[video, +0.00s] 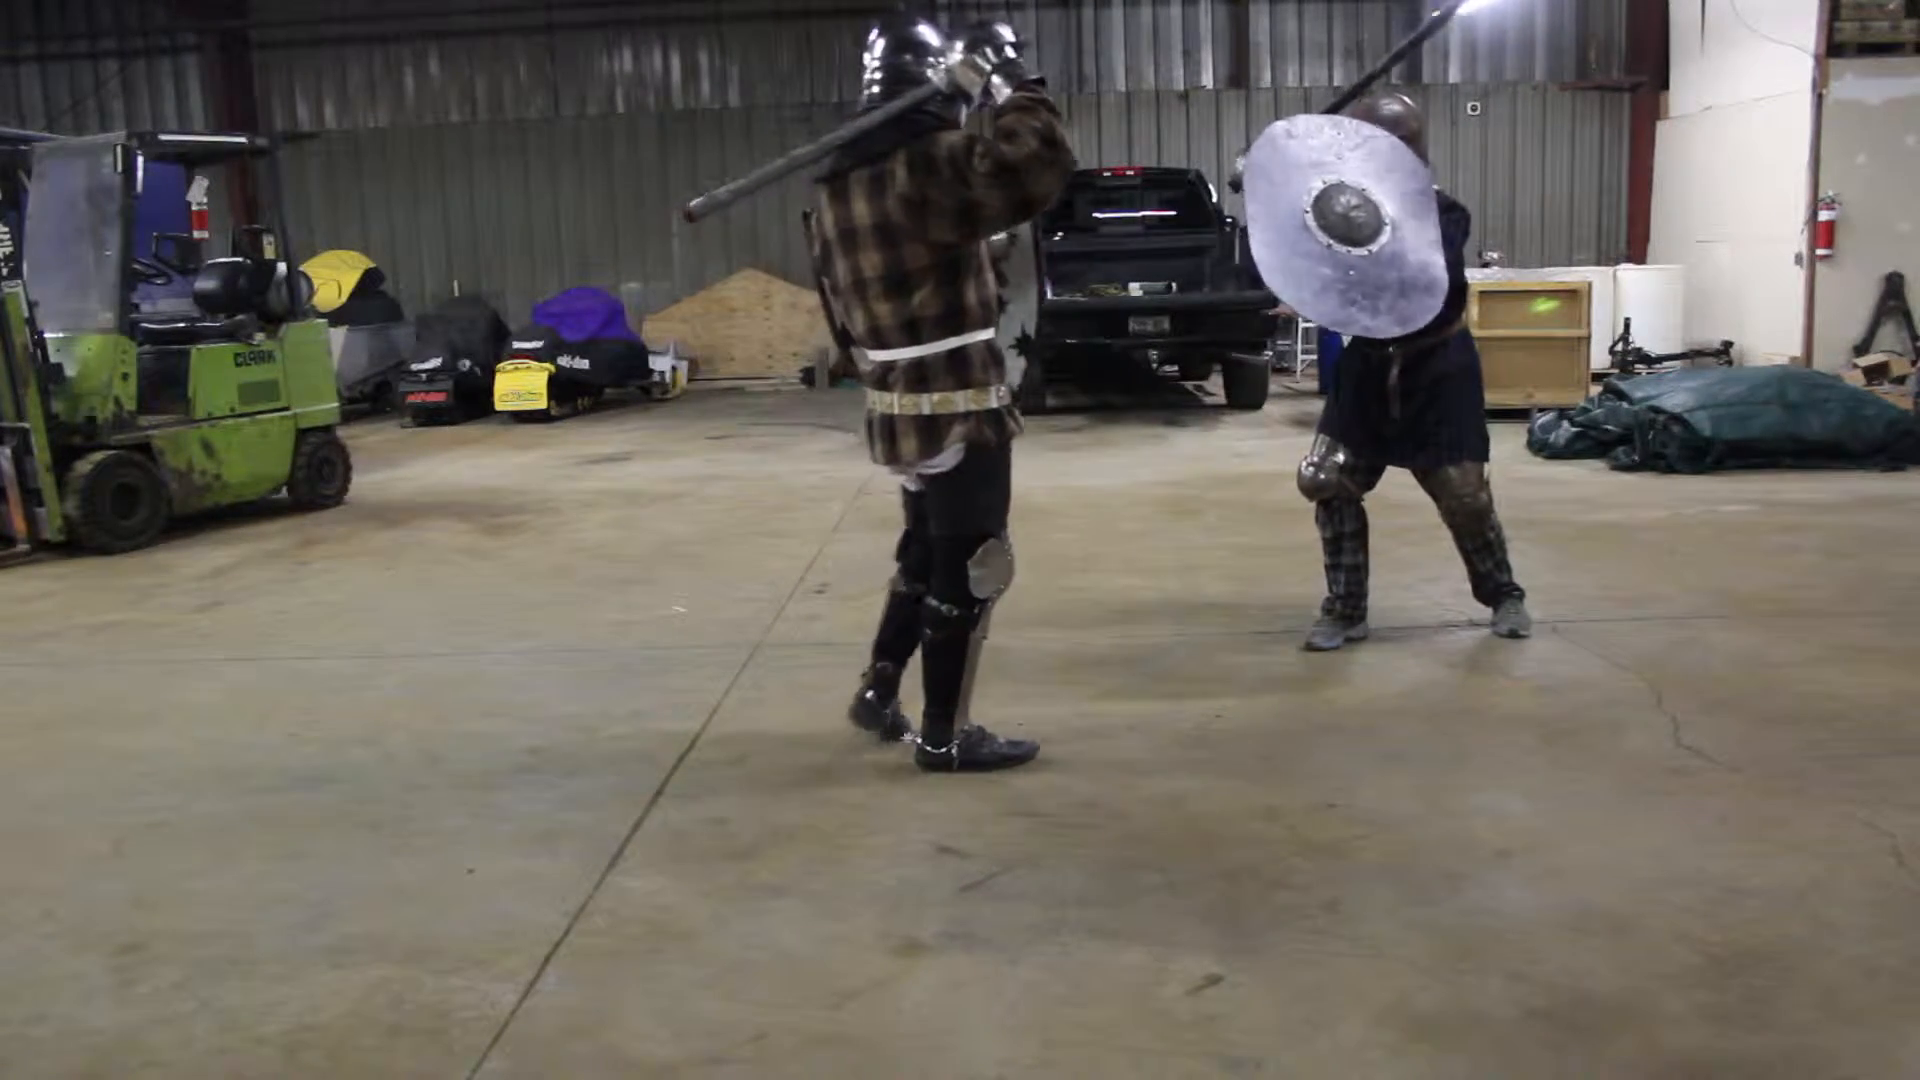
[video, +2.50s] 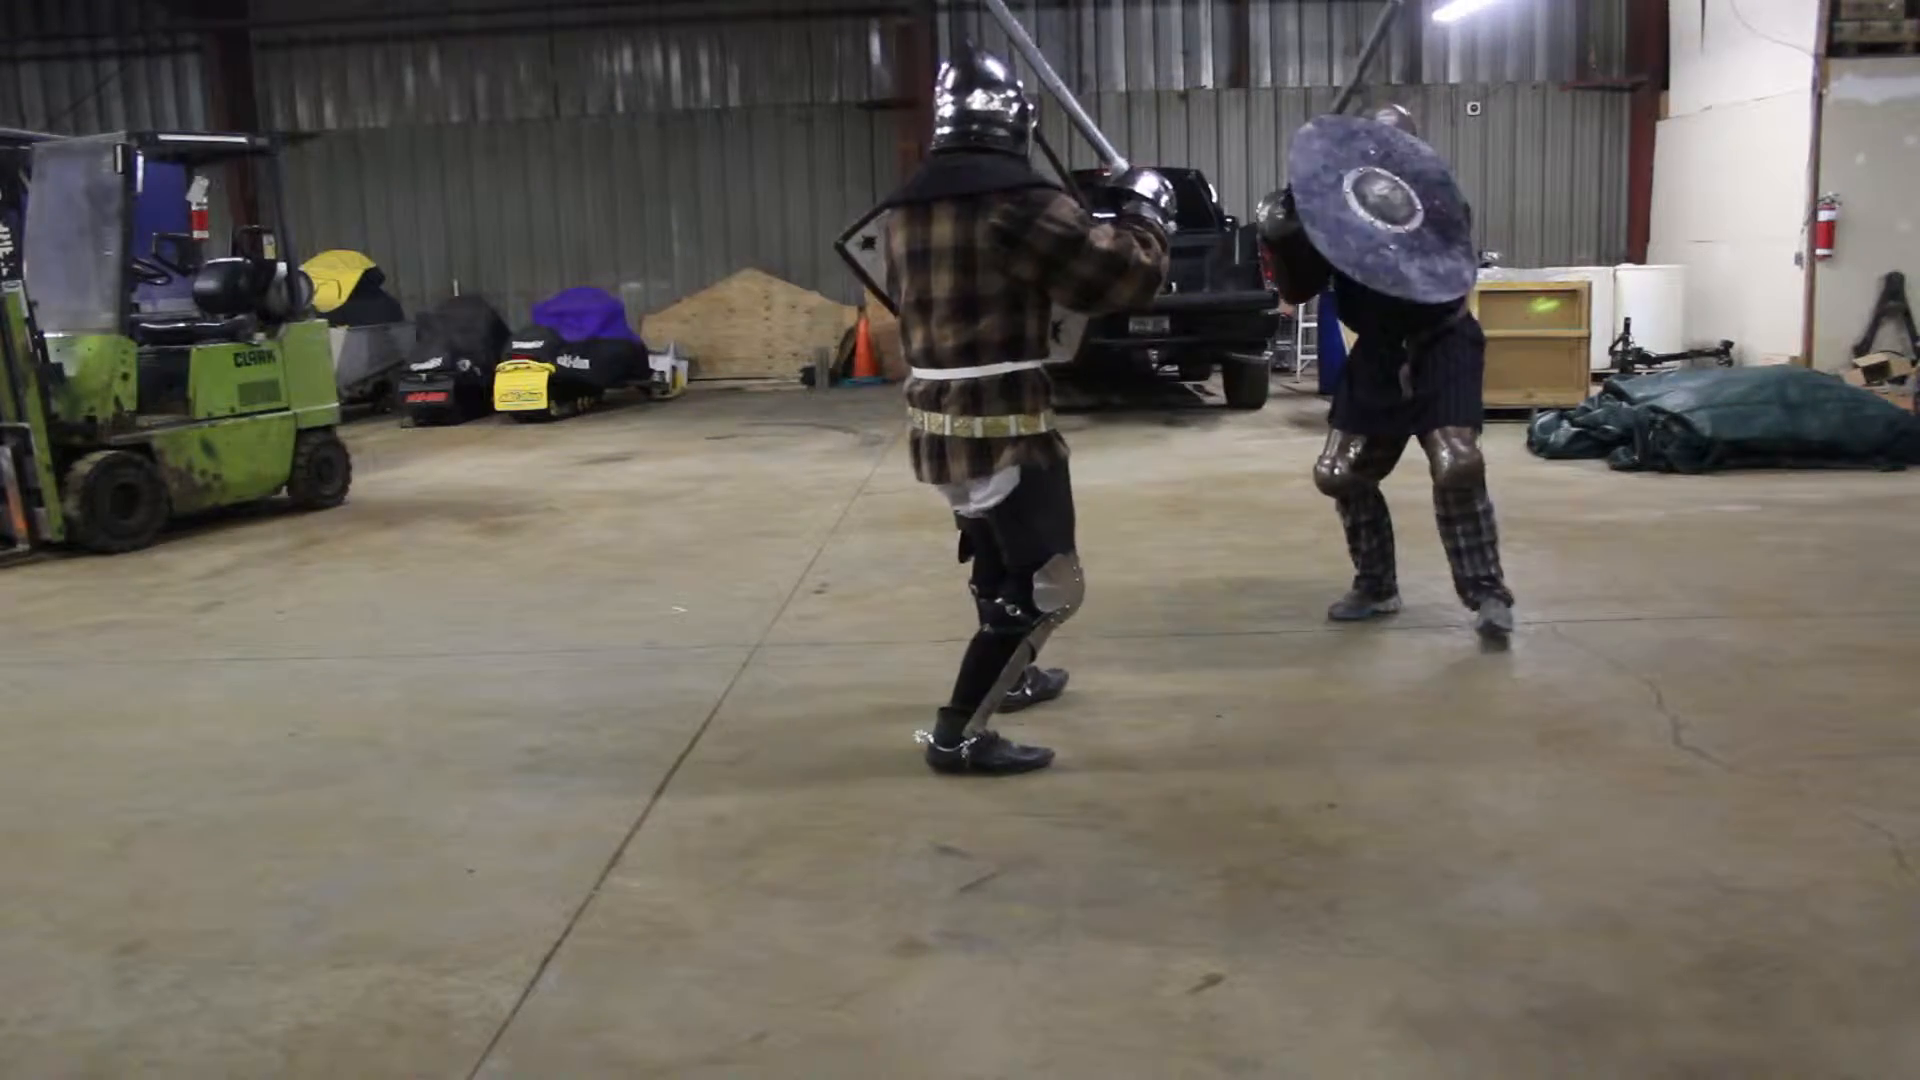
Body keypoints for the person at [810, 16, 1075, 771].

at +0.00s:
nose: (954, 101)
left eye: (952, 86)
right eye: (949, 85)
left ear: (870, 86)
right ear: (929, 86)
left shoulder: (835, 181)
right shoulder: (931, 163)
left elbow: (837, 304)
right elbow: (1035, 157)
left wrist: (868, 366)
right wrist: (1014, 84)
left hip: (901, 407)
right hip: (963, 408)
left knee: (925, 549)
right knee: (967, 568)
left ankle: (878, 691)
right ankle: (946, 732)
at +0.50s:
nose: (975, 97)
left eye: (970, 85)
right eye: (969, 84)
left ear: (886, 92)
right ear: (957, 86)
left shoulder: (863, 193)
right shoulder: (968, 169)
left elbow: (873, 297)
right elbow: (1074, 173)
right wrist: (1076, 78)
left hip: (927, 408)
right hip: (991, 408)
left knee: (965, 554)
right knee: (984, 573)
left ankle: (987, 688)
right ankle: (946, 732)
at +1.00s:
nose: (998, 105)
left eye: (990, 92)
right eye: (990, 92)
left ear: (909, 102)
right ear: (980, 96)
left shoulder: (886, 191)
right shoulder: (994, 181)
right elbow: (1108, 238)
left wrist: (1081, 184)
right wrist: (1135, 175)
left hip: (931, 412)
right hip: (997, 415)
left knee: (988, 545)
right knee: (1006, 575)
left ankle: (987, 676)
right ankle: (948, 731)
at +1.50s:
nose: (1023, 123)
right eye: (1019, 111)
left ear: (942, 115)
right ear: (1014, 114)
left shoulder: (918, 196)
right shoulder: (1014, 198)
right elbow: (1127, 262)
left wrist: (1100, 202)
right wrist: (1155, 201)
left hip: (935, 419)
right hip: (995, 423)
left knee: (999, 549)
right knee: (1057, 573)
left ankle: (1009, 671)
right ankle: (955, 718)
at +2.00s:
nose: (1023, 128)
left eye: (1017, 116)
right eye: (1018, 116)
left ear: (940, 117)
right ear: (1010, 118)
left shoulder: (912, 198)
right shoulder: (1013, 197)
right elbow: (1118, 278)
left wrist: (1092, 222)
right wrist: (1151, 218)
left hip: (936, 427)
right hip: (998, 430)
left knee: (996, 553)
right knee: (1046, 590)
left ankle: (1011, 675)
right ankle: (959, 733)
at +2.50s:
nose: (1025, 126)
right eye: (1020, 114)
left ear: (942, 116)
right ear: (1015, 117)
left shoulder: (911, 206)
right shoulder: (1019, 201)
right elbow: (1126, 273)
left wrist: (1082, 204)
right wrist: (1150, 210)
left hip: (939, 426)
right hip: (1006, 430)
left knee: (994, 556)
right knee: (1046, 587)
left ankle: (1010, 676)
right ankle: (958, 732)